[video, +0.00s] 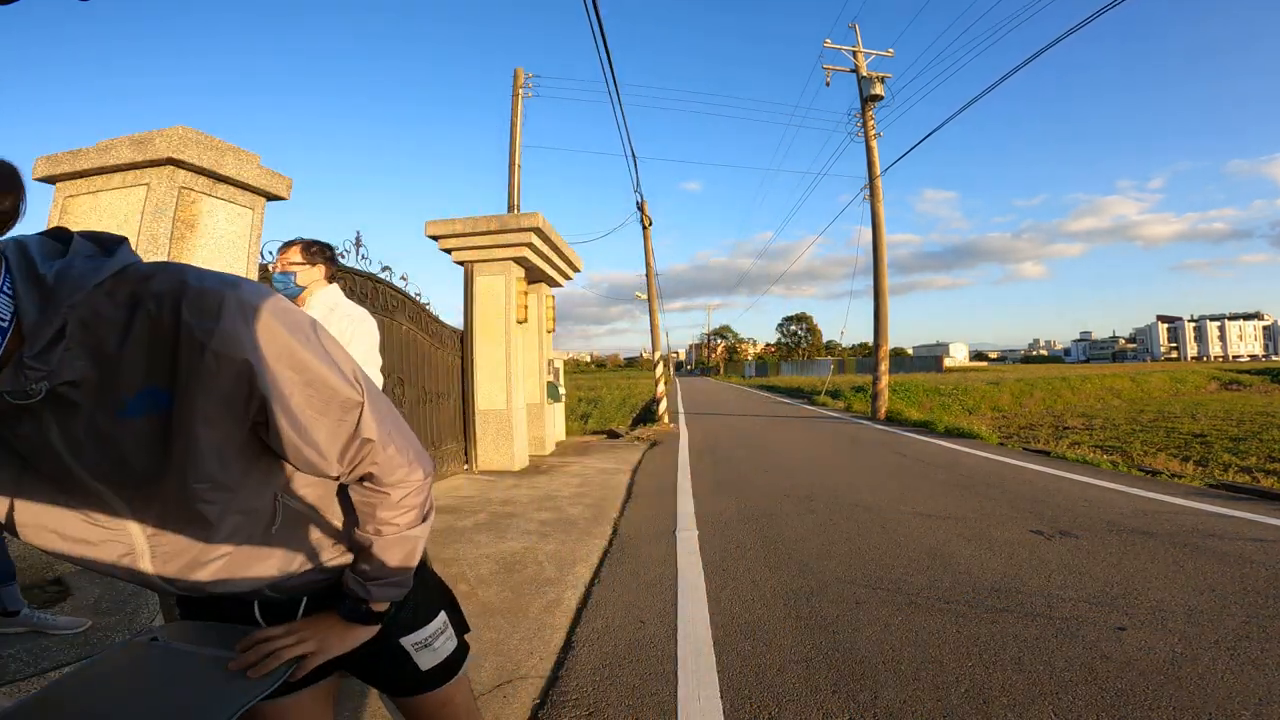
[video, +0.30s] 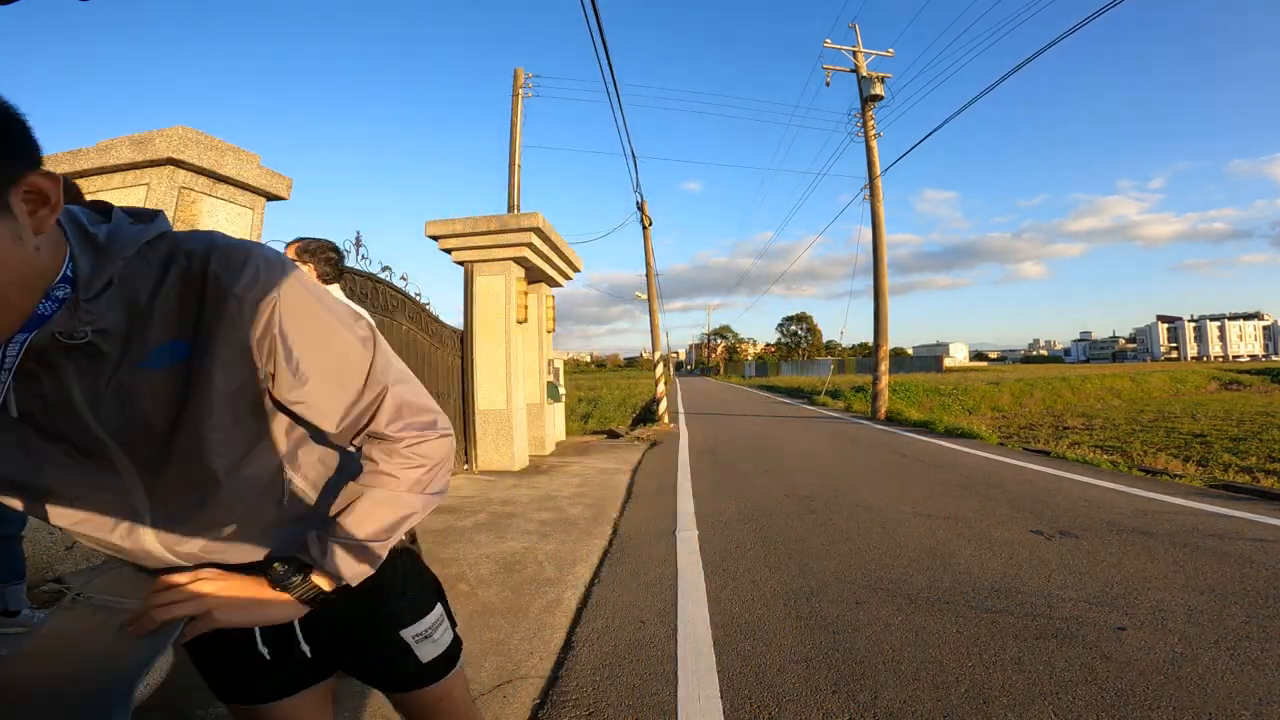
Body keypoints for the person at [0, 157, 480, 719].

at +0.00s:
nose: (292, 275)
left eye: (300, 264)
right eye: (290, 264)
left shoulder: (216, 321)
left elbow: (397, 471)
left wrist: (361, 609)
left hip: (359, 578)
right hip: (221, 605)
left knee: (448, 709)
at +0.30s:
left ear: (36, 204)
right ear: (32, 205)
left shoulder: (237, 290)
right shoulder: (14, 375)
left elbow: (418, 437)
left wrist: (298, 579)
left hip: (361, 566)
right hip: (217, 599)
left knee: (446, 708)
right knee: (285, 711)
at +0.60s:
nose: (3, 238)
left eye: (23, 203)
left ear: (139, 178)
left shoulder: (283, 282)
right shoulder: (20, 321)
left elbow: (343, 505)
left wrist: (87, 588)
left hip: (352, 569)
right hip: (201, 600)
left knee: (438, 706)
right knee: (279, 709)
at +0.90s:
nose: (8, 254)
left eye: (43, 212)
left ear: (172, 188)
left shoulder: (285, 316)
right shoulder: (67, 320)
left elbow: (148, 574)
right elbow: (32, 457)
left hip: (375, 590)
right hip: (237, 600)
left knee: (446, 707)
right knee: (286, 708)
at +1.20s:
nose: (66, 360)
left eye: (115, 302)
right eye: (17, 311)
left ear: (271, 237)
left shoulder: (422, 387)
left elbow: (443, 633)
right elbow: (137, 472)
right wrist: (25, 533)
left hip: (453, 625)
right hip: (305, 617)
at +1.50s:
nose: (250, 420)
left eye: (307, 354)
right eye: (189, 361)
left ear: (471, 254)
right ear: (141, 312)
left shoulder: (616, 377)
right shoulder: (228, 385)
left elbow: (639, 590)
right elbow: (252, 559)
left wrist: (532, 700)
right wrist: (172, 650)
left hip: (550, 636)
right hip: (395, 642)